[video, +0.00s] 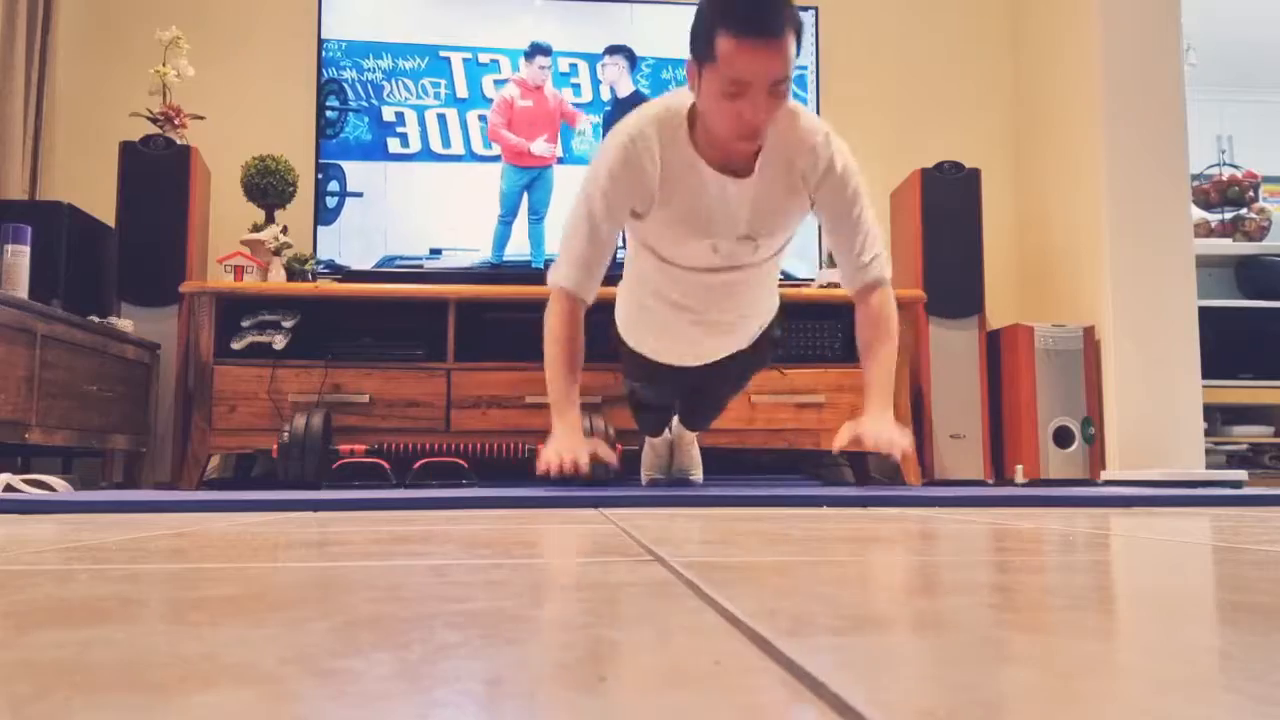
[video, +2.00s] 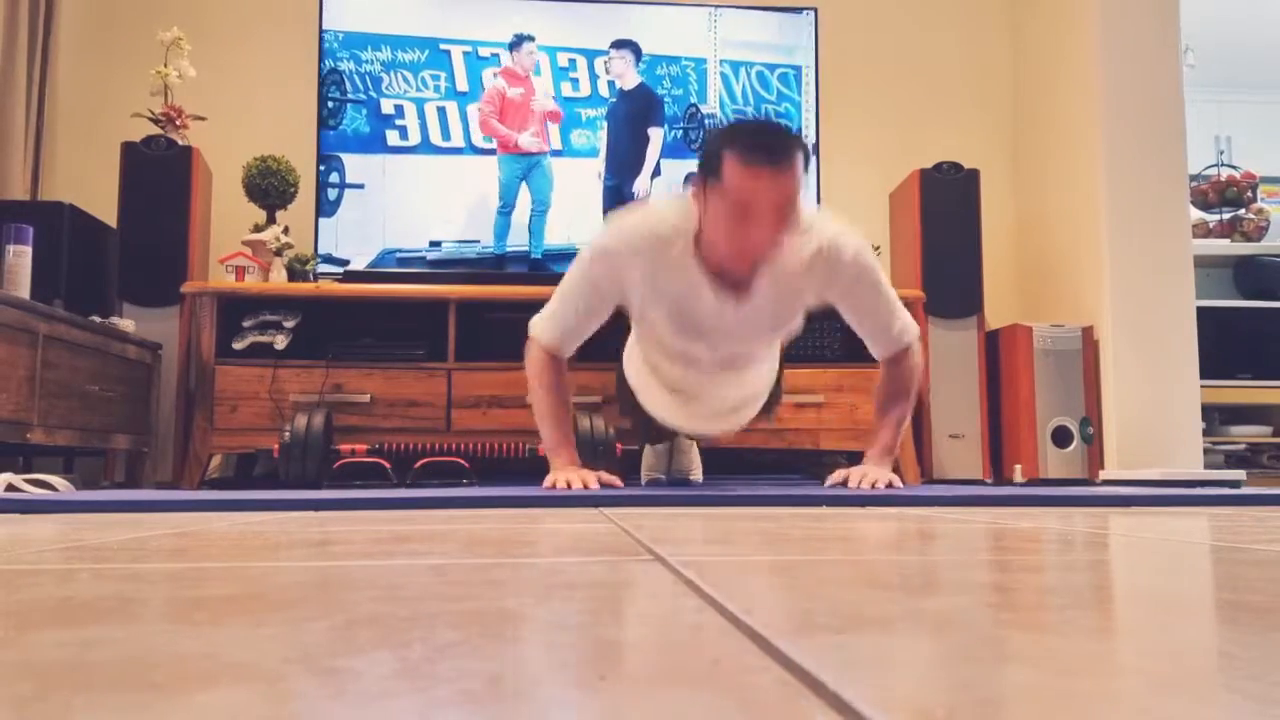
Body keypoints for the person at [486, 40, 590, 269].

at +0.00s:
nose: (546, 73)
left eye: (549, 68)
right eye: (541, 67)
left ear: (551, 67)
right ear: (526, 65)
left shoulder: (553, 95)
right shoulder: (509, 94)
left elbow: (572, 115)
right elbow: (494, 131)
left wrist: (583, 122)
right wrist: (529, 146)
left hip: (544, 168)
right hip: (515, 168)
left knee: (538, 218)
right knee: (506, 217)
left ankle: (538, 265)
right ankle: (496, 262)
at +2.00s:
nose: (535, 58)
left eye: (535, 53)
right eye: (530, 53)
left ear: (532, 55)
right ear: (515, 55)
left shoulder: (537, 83)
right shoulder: (499, 85)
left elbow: (557, 118)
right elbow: (486, 121)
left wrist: (551, 107)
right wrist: (517, 139)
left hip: (539, 156)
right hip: (511, 156)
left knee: (542, 205)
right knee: (506, 206)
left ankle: (536, 256)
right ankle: (499, 255)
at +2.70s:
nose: (526, 51)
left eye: (531, 47)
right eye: (521, 45)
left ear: (535, 52)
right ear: (511, 48)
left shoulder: (538, 82)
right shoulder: (497, 77)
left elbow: (559, 116)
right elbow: (476, 109)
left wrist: (543, 96)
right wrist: (505, 128)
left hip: (531, 156)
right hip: (502, 153)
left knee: (525, 207)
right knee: (484, 206)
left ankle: (525, 257)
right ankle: (464, 260)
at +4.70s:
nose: (519, 53)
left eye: (519, 48)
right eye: (515, 48)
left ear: (505, 50)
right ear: (499, 50)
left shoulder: (518, 79)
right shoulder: (479, 79)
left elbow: (539, 115)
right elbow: (466, 115)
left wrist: (527, 97)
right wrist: (505, 122)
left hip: (520, 155)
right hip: (491, 155)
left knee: (518, 208)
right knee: (478, 209)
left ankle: (527, 255)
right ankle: (465, 262)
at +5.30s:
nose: (517, 53)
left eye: (517, 48)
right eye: (512, 48)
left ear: (509, 51)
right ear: (496, 51)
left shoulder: (519, 80)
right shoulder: (480, 82)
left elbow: (547, 106)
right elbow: (472, 116)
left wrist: (532, 92)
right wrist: (508, 122)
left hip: (521, 154)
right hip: (494, 155)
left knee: (520, 207)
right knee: (480, 208)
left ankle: (528, 252)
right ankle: (468, 260)